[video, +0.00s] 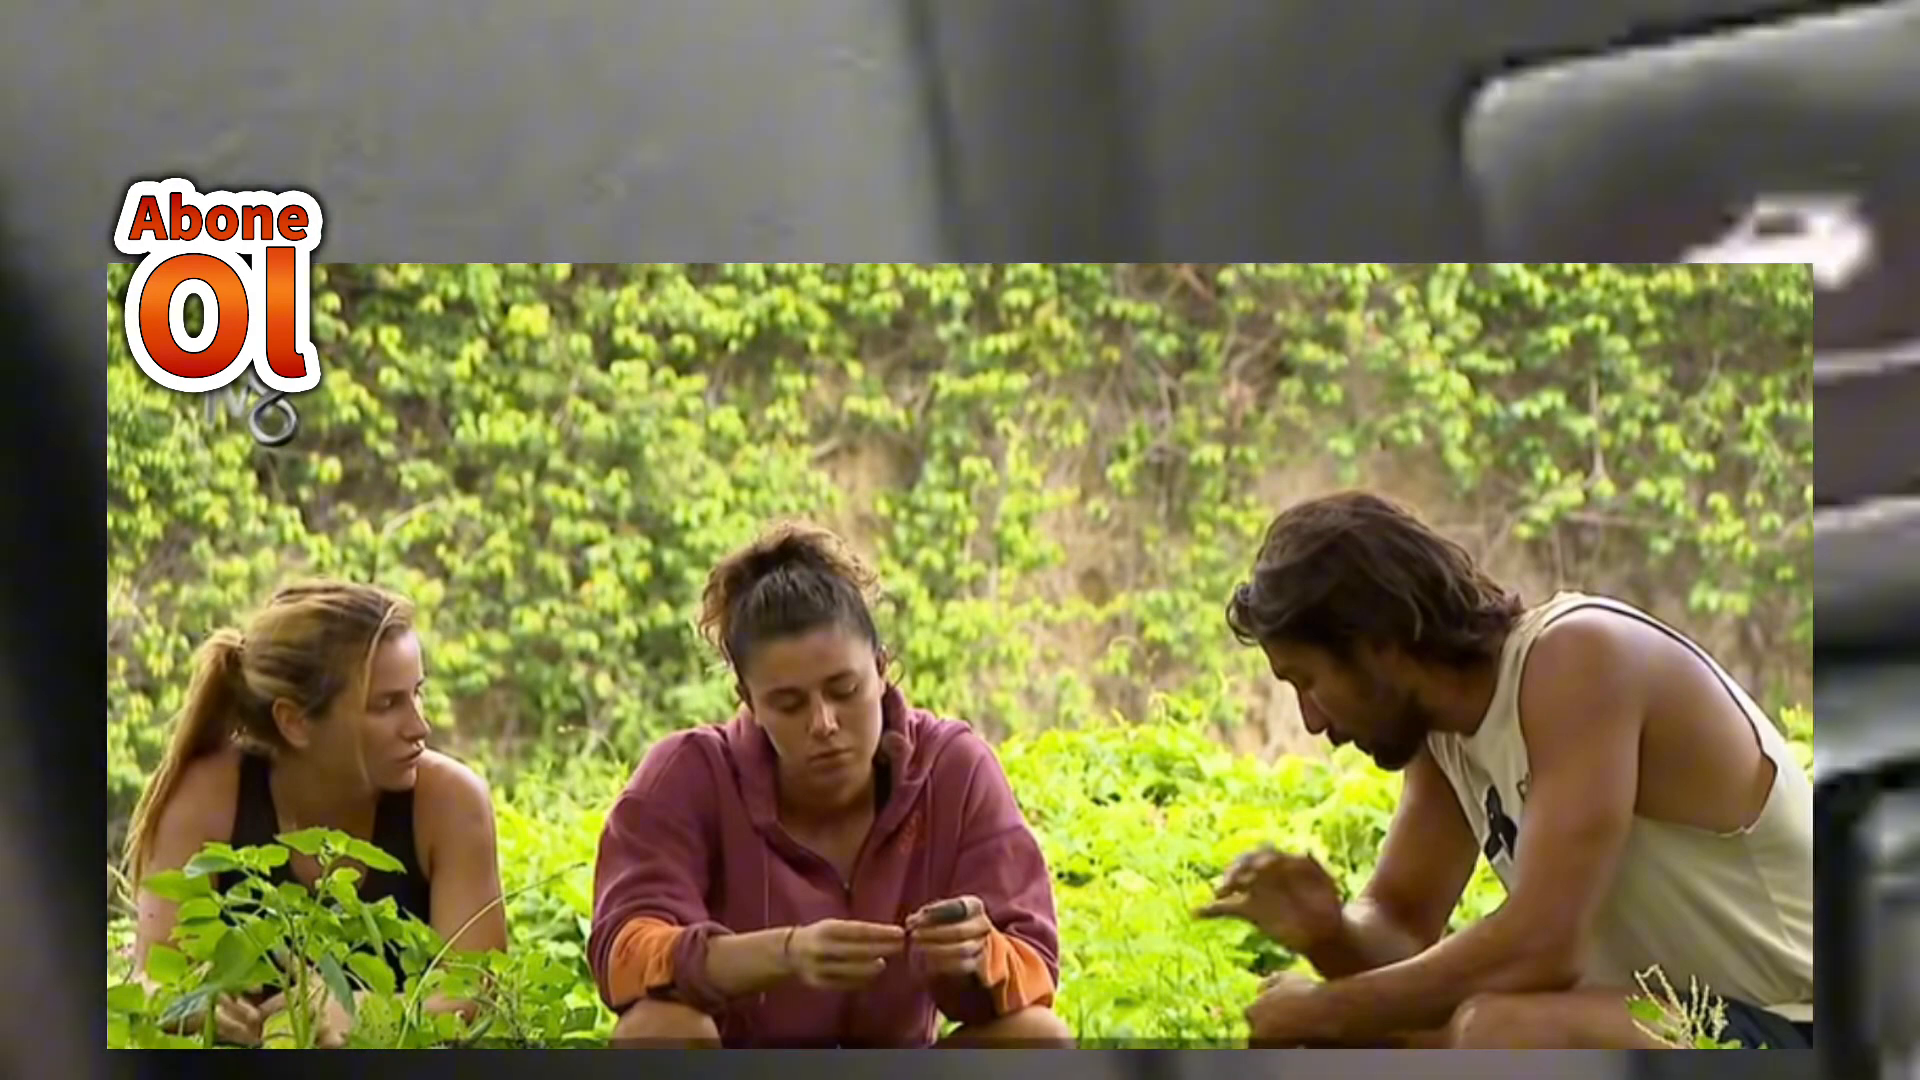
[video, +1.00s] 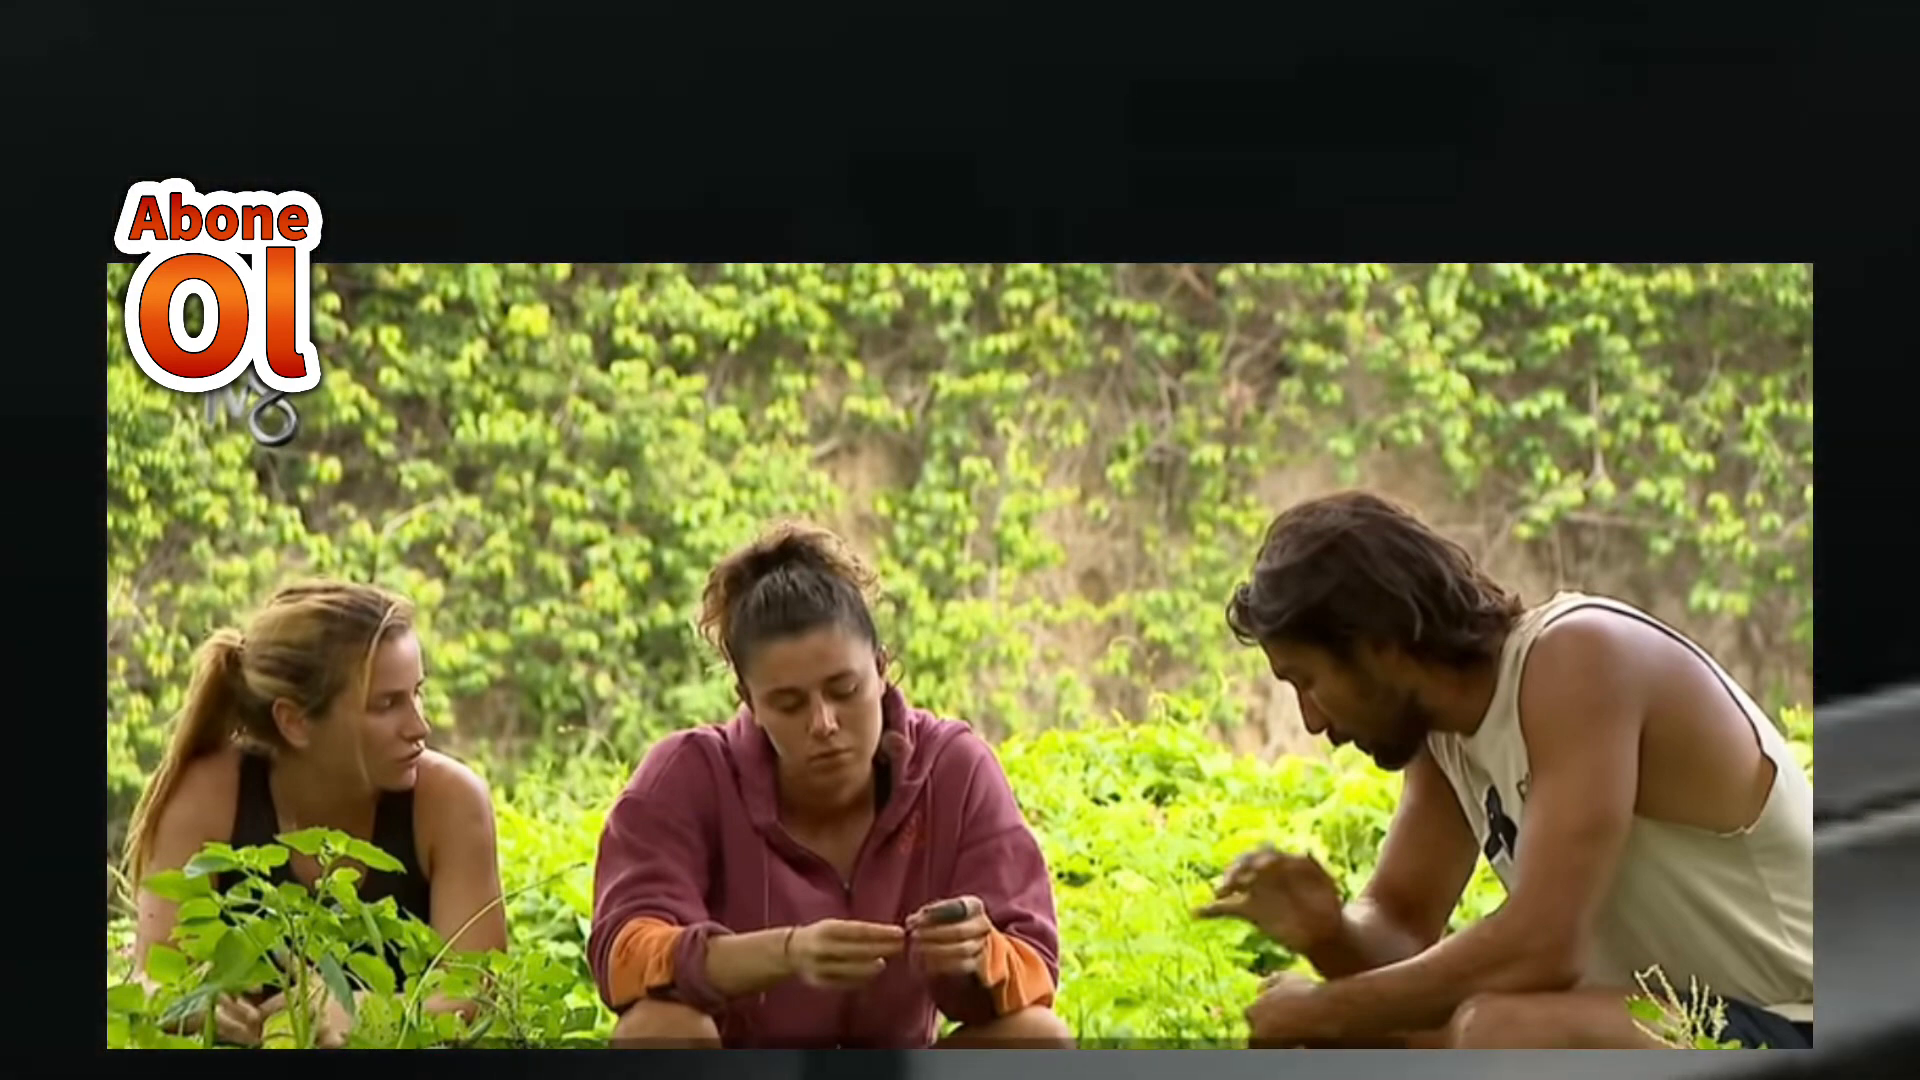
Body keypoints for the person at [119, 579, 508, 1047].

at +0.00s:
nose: (420, 725)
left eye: (417, 695)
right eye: (388, 705)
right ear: (295, 723)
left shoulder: (451, 799)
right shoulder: (205, 792)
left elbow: (470, 1002)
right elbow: (153, 984)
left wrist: (354, 1013)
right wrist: (198, 1008)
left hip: (384, 1069)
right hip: (237, 1066)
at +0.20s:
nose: (420, 725)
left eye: (417, 695)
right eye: (388, 704)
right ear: (295, 723)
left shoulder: (451, 800)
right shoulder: (206, 792)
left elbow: (471, 1001)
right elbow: (152, 983)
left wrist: (355, 1013)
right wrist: (198, 1008)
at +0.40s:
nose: (420, 725)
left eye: (417, 695)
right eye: (388, 705)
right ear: (295, 722)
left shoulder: (451, 799)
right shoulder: (206, 791)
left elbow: (470, 1001)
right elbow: (153, 983)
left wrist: (355, 1013)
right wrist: (200, 1008)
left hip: (388, 1065)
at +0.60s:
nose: (420, 725)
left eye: (417, 695)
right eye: (388, 704)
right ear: (295, 723)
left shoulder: (451, 799)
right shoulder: (206, 791)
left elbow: (470, 1001)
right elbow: (152, 983)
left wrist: (355, 1013)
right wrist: (197, 1008)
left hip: (386, 1067)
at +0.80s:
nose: (420, 725)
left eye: (417, 695)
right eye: (388, 705)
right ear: (295, 722)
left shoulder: (451, 799)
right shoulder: (206, 791)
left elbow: (470, 1002)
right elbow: (152, 983)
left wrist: (354, 1013)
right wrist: (197, 1008)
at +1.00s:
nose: (420, 725)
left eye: (417, 695)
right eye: (388, 705)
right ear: (295, 722)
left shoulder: (451, 799)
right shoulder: (206, 791)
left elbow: (470, 1002)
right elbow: (151, 983)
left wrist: (354, 1013)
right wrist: (197, 1008)